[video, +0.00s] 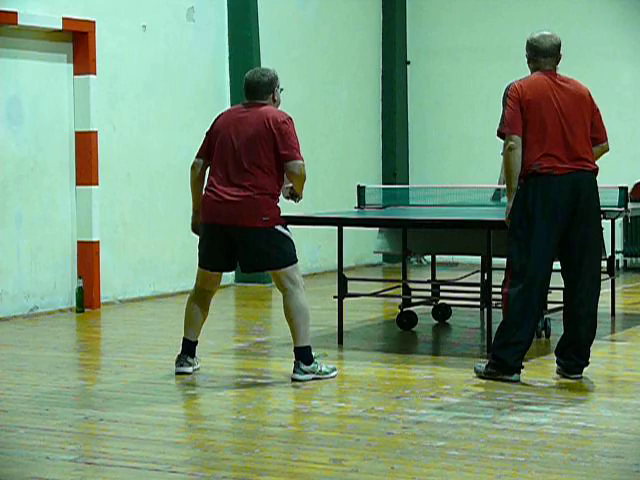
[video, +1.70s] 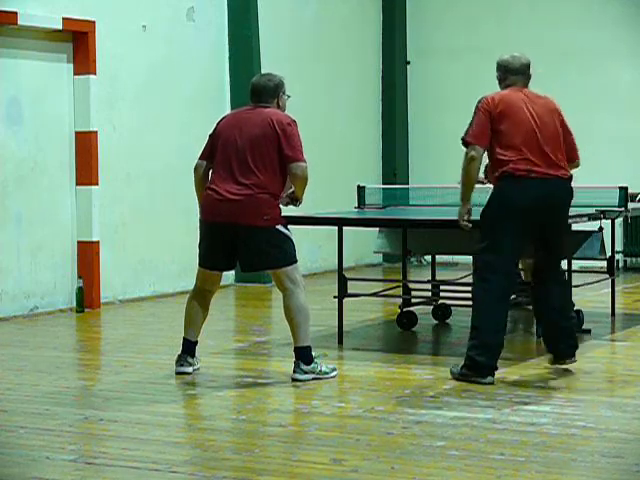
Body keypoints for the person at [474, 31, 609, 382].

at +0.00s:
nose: (533, 62)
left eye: (530, 57)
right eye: (549, 56)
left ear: (528, 58)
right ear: (559, 58)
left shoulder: (518, 90)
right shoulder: (581, 91)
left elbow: (513, 143)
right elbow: (600, 144)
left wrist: (512, 196)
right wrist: (570, 168)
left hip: (539, 191)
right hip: (583, 192)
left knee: (527, 276)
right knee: (584, 276)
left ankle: (506, 362)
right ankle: (572, 362)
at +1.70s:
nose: (499, 83)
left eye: (498, 78)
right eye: (502, 79)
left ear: (500, 78)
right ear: (529, 79)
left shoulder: (492, 102)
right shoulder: (549, 105)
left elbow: (473, 154)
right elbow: (570, 160)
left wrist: (465, 204)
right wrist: (535, 172)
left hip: (513, 192)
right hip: (557, 193)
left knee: (492, 271)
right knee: (548, 270)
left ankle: (481, 364)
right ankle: (563, 350)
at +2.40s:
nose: (505, 100)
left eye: (504, 95)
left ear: (505, 94)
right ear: (532, 94)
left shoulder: (509, 108)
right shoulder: (546, 113)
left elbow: (514, 144)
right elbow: (548, 151)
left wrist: (510, 198)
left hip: (549, 179)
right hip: (583, 180)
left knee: (541, 264)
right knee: (569, 264)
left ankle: (535, 351)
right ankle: (559, 350)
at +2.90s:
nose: (517, 74)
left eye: (515, 69)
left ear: (516, 69)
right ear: (545, 67)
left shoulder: (513, 101)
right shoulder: (569, 97)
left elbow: (502, 157)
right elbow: (598, 148)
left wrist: (491, 207)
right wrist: (567, 174)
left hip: (545, 191)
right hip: (586, 191)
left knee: (531, 273)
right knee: (576, 273)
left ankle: (536, 363)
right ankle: (563, 354)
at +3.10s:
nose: (533, 67)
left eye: (531, 63)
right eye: (545, 60)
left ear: (532, 63)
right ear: (561, 61)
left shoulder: (529, 93)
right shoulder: (584, 93)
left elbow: (521, 147)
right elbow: (611, 145)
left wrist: (511, 201)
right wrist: (583, 175)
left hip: (557, 188)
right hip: (596, 188)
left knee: (544, 273)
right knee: (587, 272)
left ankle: (537, 364)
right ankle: (616, 351)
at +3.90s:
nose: (527, 80)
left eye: (522, 75)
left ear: (521, 76)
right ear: (549, 75)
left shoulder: (517, 108)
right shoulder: (573, 106)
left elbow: (511, 161)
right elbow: (602, 159)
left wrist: (500, 215)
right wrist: (578, 188)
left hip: (547, 206)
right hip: (592, 204)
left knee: (511, 281)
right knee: (608, 283)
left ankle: (487, 362)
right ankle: (638, 363)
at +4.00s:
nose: (499, 80)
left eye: (498, 75)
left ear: (498, 77)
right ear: (526, 75)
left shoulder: (494, 111)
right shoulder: (552, 106)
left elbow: (482, 165)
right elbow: (578, 155)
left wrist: (472, 217)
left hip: (522, 208)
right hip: (567, 205)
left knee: (486, 279)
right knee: (591, 281)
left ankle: (485, 363)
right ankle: (636, 362)